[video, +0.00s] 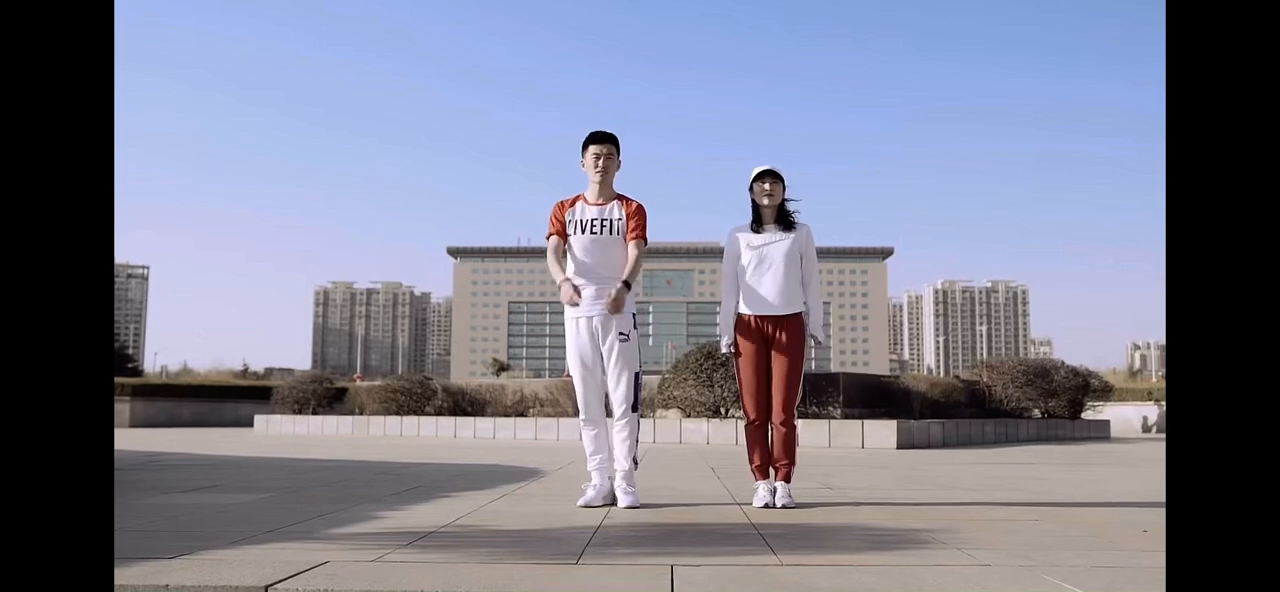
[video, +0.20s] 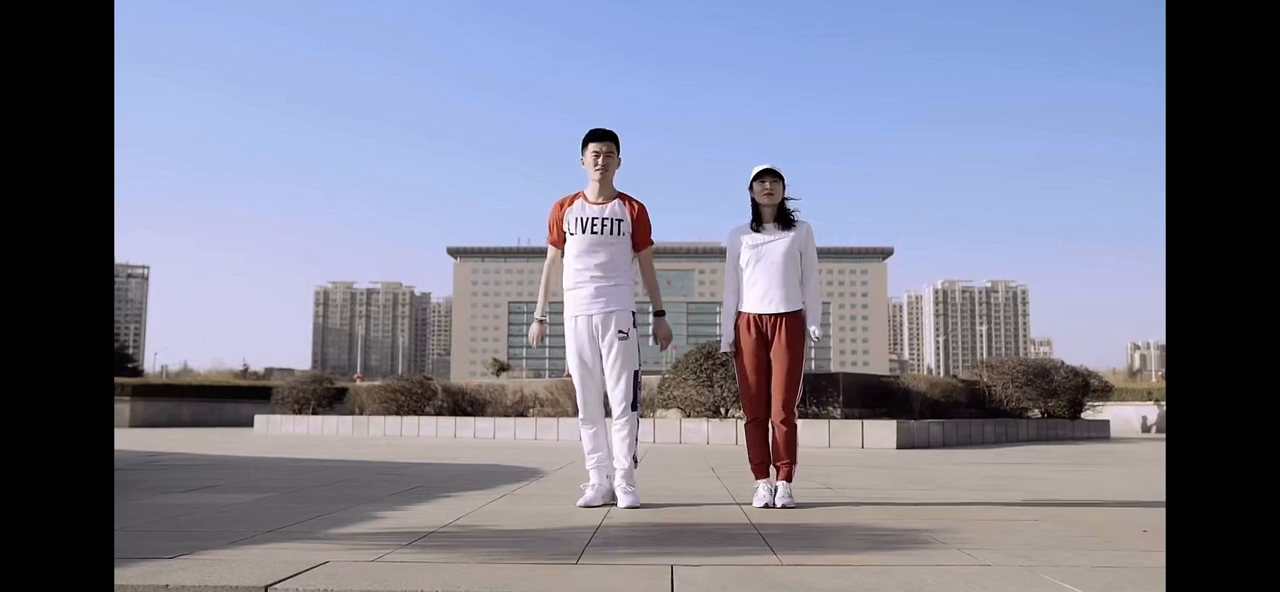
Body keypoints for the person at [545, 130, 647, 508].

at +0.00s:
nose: (601, 160)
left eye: (608, 155)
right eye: (595, 155)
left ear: (618, 163)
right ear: (583, 162)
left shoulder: (631, 208)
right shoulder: (564, 208)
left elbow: (636, 251)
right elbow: (553, 252)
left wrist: (624, 286)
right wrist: (562, 280)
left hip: (617, 311)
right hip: (578, 313)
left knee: (623, 402)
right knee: (588, 404)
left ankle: (624, 483)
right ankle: (599, 482)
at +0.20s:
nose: (602, 160)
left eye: (609, 155)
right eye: (595, 154)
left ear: (618, 162)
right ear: (583, 161)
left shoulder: (633, 209)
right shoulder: (564, 208)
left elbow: (646, 264)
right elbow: (552, 263)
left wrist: (660, 314)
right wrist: (540, 315)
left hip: (619, 314)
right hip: (577, 316)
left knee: (623, 403)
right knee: (588, 406)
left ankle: (625, 483)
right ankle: (599, 482)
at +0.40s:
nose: (600, 157)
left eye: (607, 151)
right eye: (593, 151)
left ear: (617, 158)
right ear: (582, 158)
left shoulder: (633, 205)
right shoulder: (563, 205)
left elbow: (650, 248)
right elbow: (550, 249)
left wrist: (671, 288)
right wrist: (534, 290)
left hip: (619, 311)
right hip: (578, 313)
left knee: (624, 400)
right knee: (587, 403)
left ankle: (625, 482)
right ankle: (598, 482)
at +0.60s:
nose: (599, 160)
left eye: (606, 155)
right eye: (592, 155)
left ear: (616, 162)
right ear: (581, 162)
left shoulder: (633, 208)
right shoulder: (563, 210)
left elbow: (650, 260)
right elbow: (553, 262)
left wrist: (668, 306)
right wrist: (538, 311)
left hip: (620, 314)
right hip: (579, 316)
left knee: (624, 402)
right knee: (588, 404)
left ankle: (625, 482)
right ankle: (600, 481)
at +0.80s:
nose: (601, 163)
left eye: (607, 158)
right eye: (594, 158)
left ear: (617, 165)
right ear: (583, 165)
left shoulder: (634, 210)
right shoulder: (565, 212)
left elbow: (644, 246)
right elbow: (554, 256)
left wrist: (644, 280)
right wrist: (549, 295)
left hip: (621, 316)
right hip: (580, 317)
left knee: (623, 404)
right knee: (588, 405)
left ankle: (624, 482)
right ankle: (599, 482)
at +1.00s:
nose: (602, 159)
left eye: (609, 153)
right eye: (596, 153)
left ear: (618, 161)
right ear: (584, 160)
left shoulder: (633, 203)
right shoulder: (566, 204)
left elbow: (643, 234)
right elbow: (548, 236)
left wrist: (620, 207)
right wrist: (564, 221)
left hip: (619, 310)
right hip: (578, 312)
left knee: (625, 400)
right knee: (586, 403)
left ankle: (625, 482)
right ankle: (597, 482)